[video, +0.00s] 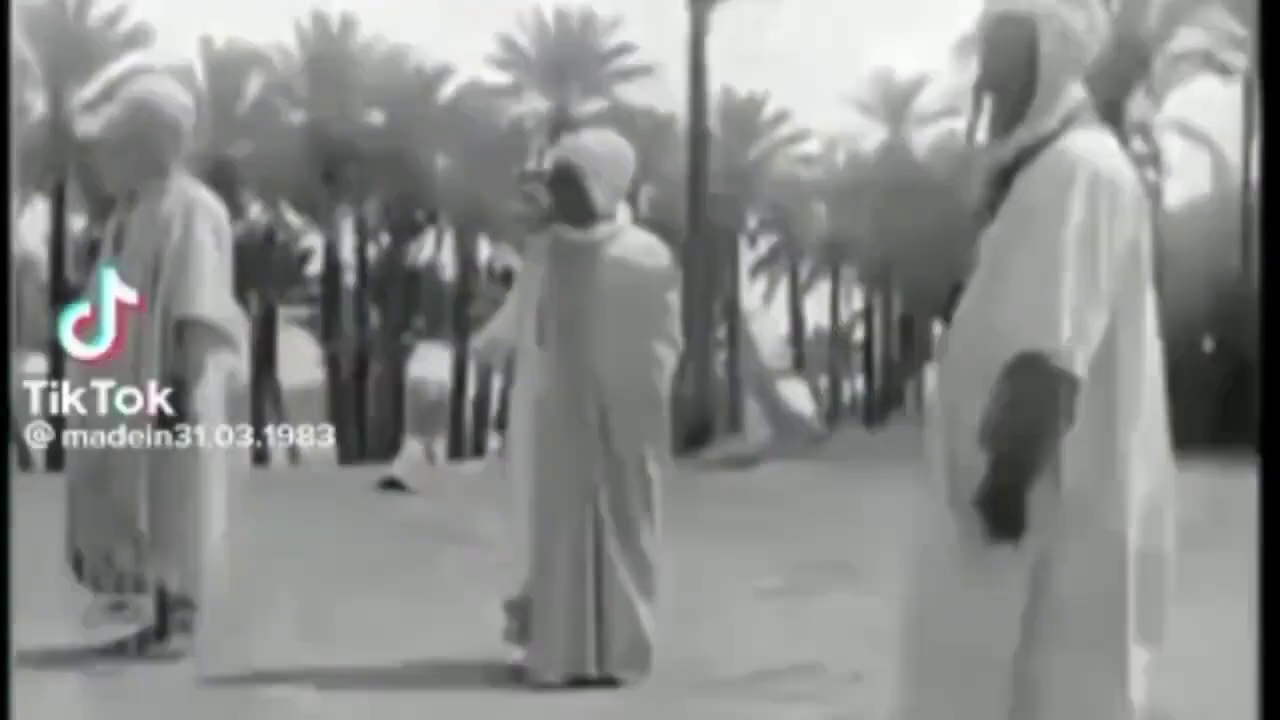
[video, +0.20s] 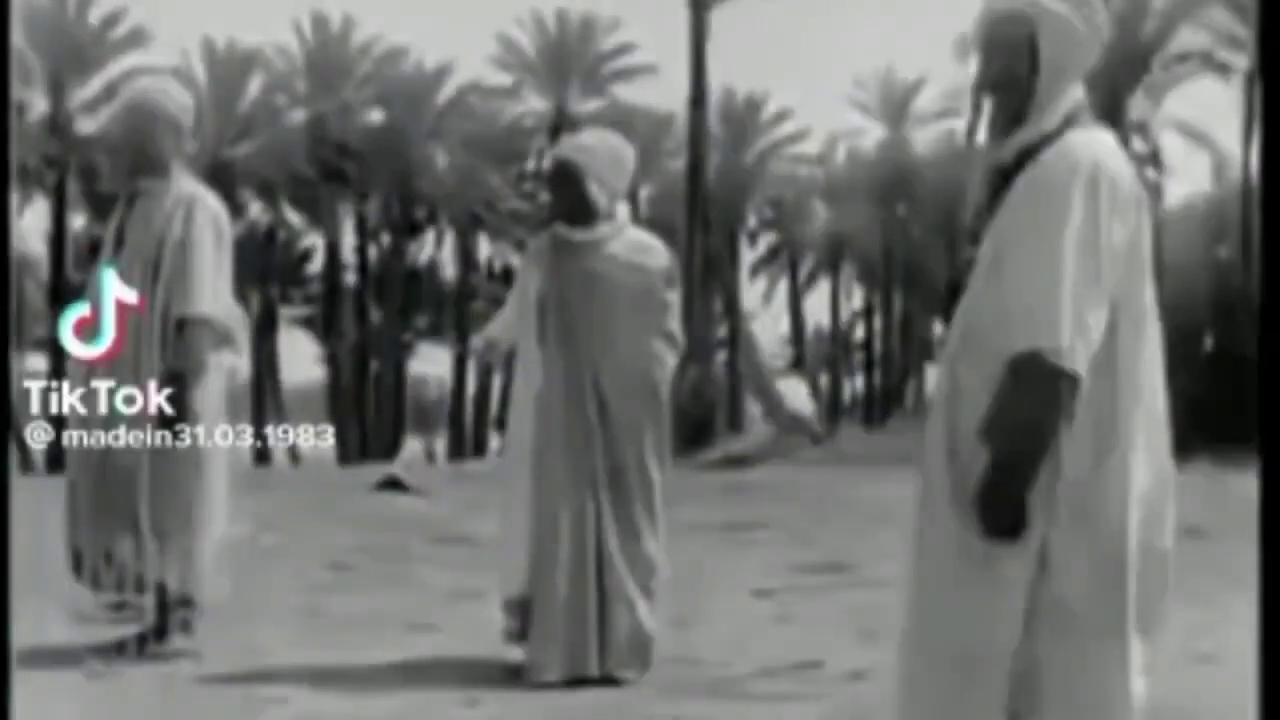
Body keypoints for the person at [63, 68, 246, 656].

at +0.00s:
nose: (103, 162)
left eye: (111, 147)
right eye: (103, 148)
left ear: (148, 145)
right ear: (132, 149)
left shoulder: (192, 210)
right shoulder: (126, 211)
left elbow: (200, 309)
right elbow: (110, 296)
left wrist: (187, 384)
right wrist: (97, 367)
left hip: (175, 376)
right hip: (128, 375)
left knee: (176, 494)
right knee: (137, 490)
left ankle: (177, 615)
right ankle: (148, 606)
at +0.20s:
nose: (120, 153)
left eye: (128, 139)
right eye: (121, 139)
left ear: (160, 139)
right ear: (129, 144)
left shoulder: (195, 209)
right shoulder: (127, 208)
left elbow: (200, 306)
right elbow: (110, 291)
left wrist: (187, 379)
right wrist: (98, 362)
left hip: (176, 368)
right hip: (128, 367)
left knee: (178, 486)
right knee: (134, 484)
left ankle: (179, 609)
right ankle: (151, 605)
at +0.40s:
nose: (121, 149)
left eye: (129, 135)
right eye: (122, 136)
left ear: (161, 137)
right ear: (130, 142)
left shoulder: (194, 208)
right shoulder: (127, 208)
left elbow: (199, 303)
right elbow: (113, 291)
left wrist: (186, 377)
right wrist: (101, 362)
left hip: (175, 371)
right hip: (128, 369)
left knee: (177, 487)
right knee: (136, 485)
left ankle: (178, 610)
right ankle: (153, 604)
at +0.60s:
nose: (121, 146)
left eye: (129, 132)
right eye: (123, 133)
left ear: (160, 135)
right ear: (133, 140)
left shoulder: (194, 207)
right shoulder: (128, 207)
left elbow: (200, 302)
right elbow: (114, 290)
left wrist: (188, 378)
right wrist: (103, 362)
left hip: (176, 371)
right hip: (129, 369)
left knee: (177, 487)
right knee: (135, 483)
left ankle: (179, 608)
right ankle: (151, 603)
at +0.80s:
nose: (111, 150)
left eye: (119, 137)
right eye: (113, 138)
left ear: (153, 137)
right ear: (141, 138)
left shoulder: (193, 207)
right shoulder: (128, 204)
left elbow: (199, 304)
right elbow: (114, 288)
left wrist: (184, 377)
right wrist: (102, 356)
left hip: (177, 370)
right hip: (130, 366)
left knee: (177, 487)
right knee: (135, 482)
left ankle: (178, 605)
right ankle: (148, 598)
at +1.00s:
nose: (109, 151)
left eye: (117, 138)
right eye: (110, 139)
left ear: (153, 136)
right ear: (133, 137)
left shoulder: (193, 205)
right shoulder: (128, 205)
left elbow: (197, 303)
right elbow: (111, 284)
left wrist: (173, 368)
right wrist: (103, 353)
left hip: (186, 364)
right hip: (134, 361)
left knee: (181, 480)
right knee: (140, 478)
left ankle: (178, 603)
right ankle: (150, 596)